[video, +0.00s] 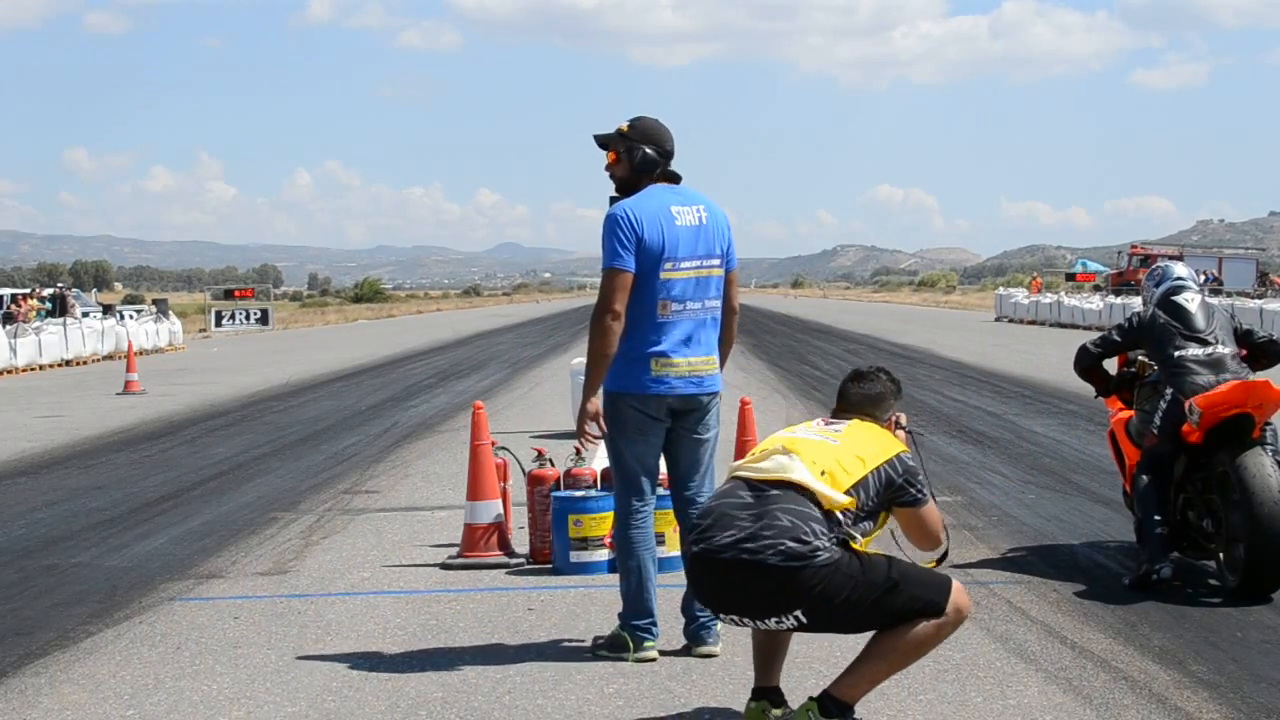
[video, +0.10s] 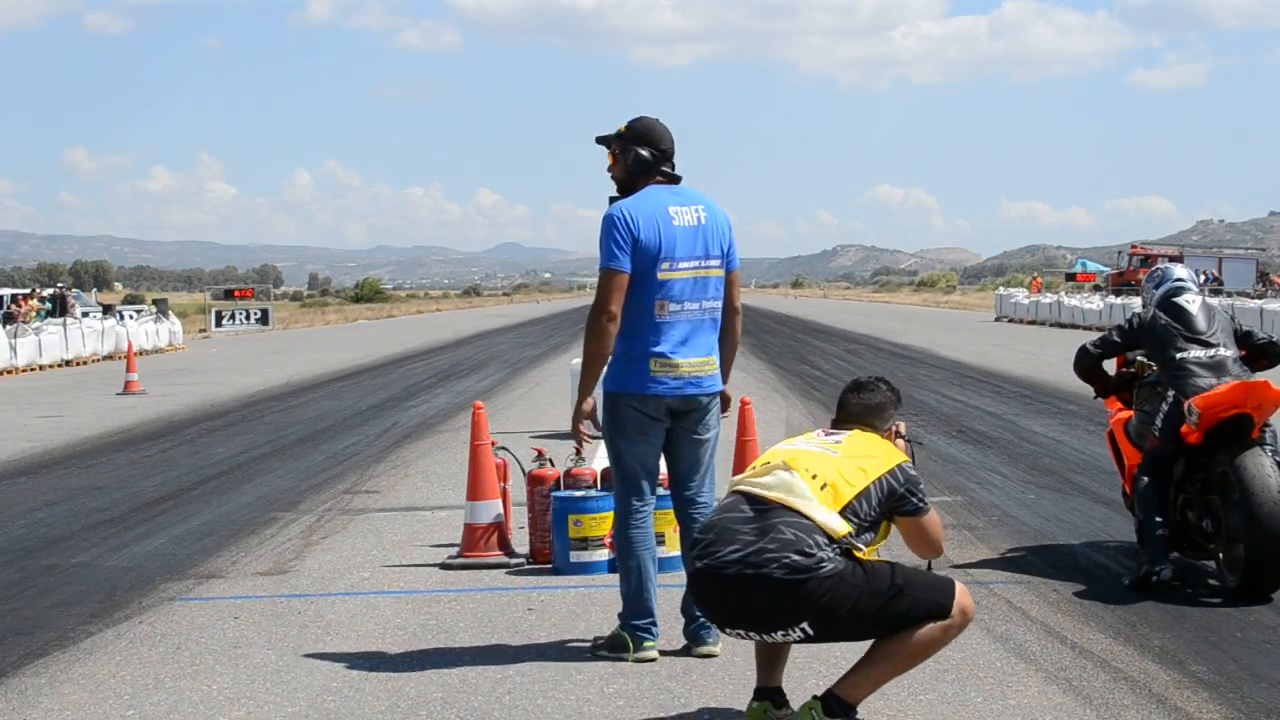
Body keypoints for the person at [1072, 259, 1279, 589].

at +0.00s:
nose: (1144, 296)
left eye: (1146, 290)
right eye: (1145, 291)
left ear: (1154, 288)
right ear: (1193, 283)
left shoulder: (1146, 319)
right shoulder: (1222, 312)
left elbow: (1086, 356)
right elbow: (1271, 346)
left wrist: (1108, 386)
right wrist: (1240, 365)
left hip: (1187, 390)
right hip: (1238, 381)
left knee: (1148, 470)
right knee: (1264, 441)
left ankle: (1155, 559)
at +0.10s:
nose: (1144, 297)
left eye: (1146, 292)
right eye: (1145, 292)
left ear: (1155, 289)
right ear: (1192, 284)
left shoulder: (1147, 320)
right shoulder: (1222, 314)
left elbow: (1086, 356)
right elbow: (1271, 348)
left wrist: (1107, 386)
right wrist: (1239, 365)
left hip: (1188, 393)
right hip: (1238, 384)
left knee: (1150, 472)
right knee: (1265, 441)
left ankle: (1155, 562)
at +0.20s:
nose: (1144, 297)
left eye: (1146, 291)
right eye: (1144, 292)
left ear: (1155, 289)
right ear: (1192, 284)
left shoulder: (1148, 319)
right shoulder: (1222, 315)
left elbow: (1087, 357)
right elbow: (1269, 348)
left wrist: (1106, 386)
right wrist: (1237, 368)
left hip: (1189, 393)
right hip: (1239, 385)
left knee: (1149, 471)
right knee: (1265, 436)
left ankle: (1154, 560)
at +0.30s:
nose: (1144, 297)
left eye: (1145, 292)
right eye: (1144, 292)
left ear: (1154, 289)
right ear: (1192, 284)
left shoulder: (1147, 319)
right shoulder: (1222, 313)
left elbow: (1085, 357)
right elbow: (1270, 348)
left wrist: (1106, 386)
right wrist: (1239, 368)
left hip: (1189, 392)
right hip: (1239, 384)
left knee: (1149, 472)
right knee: (1265, 435)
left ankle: (1155, 563)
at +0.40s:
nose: (1144, 297)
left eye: (1146, 291)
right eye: (1144, 292)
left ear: (1154, 288)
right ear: (1192, 284)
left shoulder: (1147, 320)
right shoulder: (1222, 315)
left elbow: (1086, 358)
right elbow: (1270, 349)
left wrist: (1106, 385)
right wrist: (1241, 367)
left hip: (1188, 392)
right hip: (1238, 384)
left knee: (1150, 472)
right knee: (1265, 438)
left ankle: (1154, 561)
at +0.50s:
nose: (1144, 298)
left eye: (1146, 292)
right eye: (1144, 292)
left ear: (1155, 289)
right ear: (1193, 285)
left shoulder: (1147, 320)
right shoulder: (1222, 315)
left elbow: (1085, 357)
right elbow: (1271, 349)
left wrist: (1107, 385)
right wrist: (1241, 368)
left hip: (1189, 392)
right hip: (1239, 384)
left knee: (1150, 473)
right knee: (1265, 439)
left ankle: (1154, 561)